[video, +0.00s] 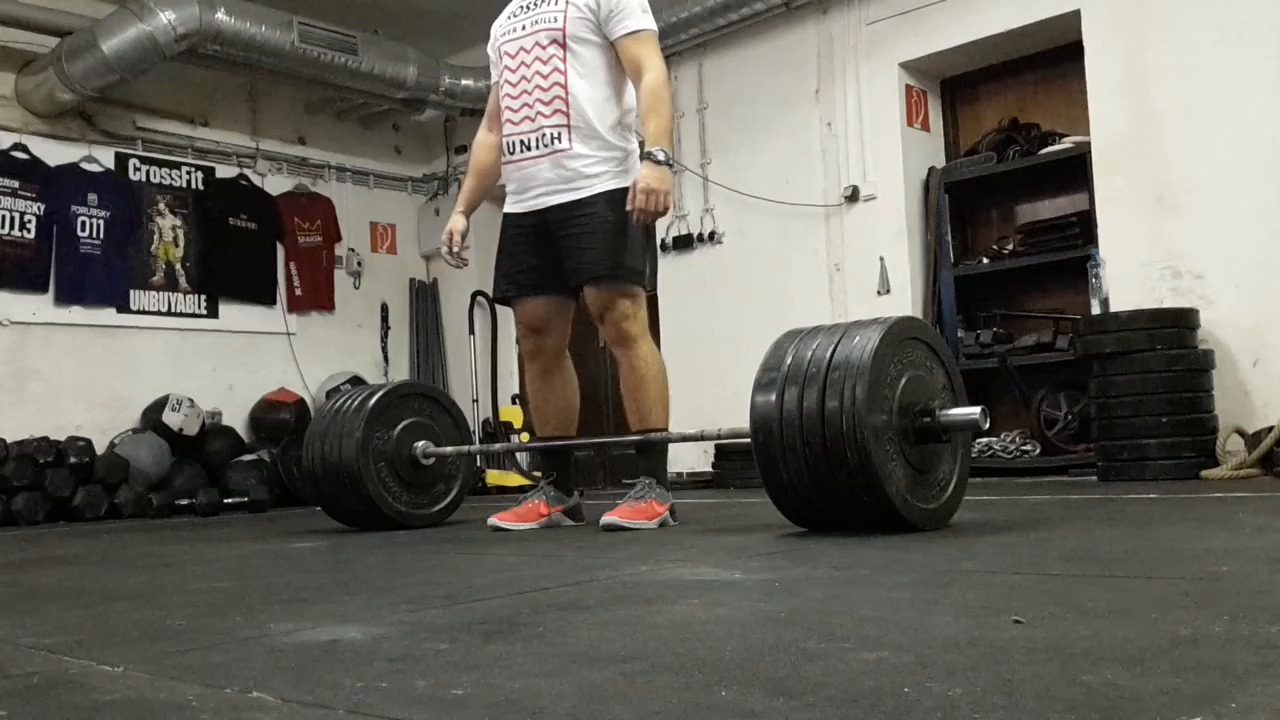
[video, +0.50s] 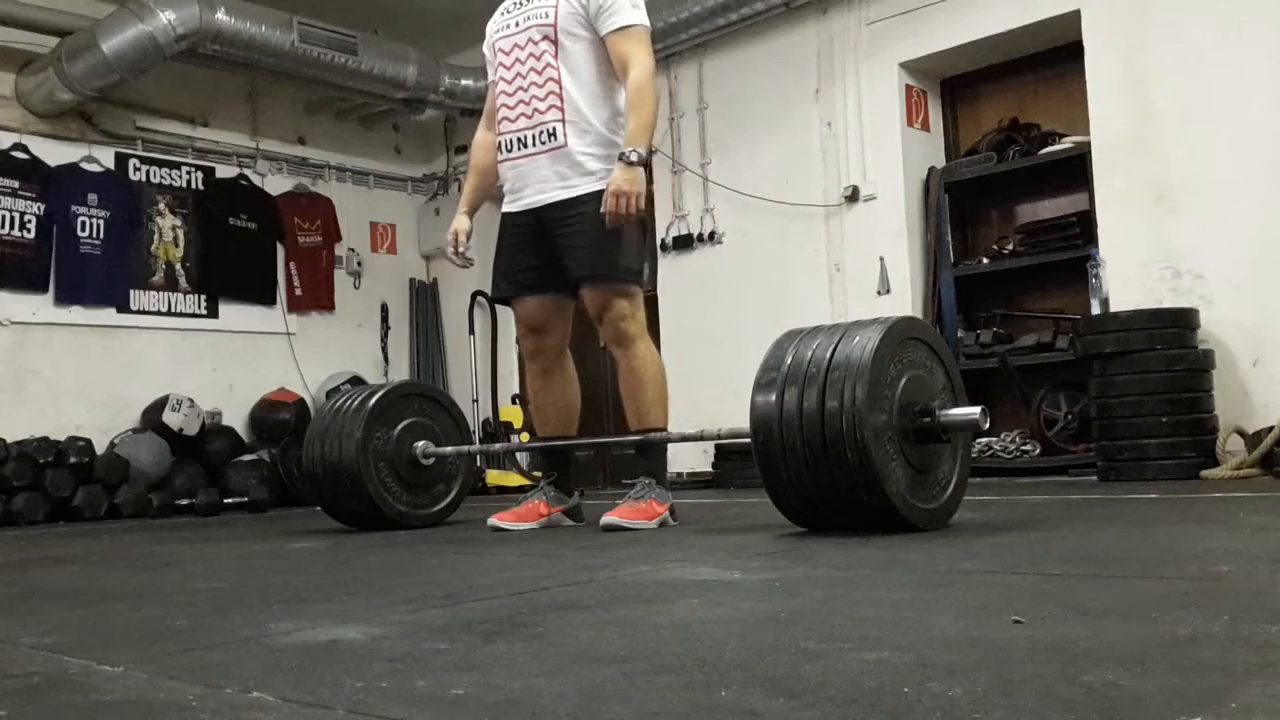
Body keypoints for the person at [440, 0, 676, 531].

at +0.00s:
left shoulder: (606, 1)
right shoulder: (503, 23)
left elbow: (649, 70)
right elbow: (493, 125)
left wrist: (656, 159)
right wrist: (463, 208)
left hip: (600, 184)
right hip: (526, 199)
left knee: (622, 324)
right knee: (538, 336)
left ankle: (652, 486)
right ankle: (557, 491)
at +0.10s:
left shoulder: (604, 0)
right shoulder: (504, 22)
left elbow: (646, 69)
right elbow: (491, 124)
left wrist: (649, 157)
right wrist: (460, 206)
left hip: (597, 184)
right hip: (524, 200)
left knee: (622, 327)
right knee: (537, 338)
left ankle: (652, 485)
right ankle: (557, 490)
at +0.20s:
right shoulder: (504, 21)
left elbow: (643, 69)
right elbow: (491, 124)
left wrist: (642, 158)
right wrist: (459, 204)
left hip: (596, 185)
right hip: (524, 200)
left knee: (621, 326)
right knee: (537, 338)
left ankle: (652, 486)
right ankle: (558, 490)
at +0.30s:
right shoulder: (502, 22)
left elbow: (640, 68)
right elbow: (492, 124)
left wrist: (637, 160)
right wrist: (460, 204)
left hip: (594, 185)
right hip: (523, 200)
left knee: (621, 326)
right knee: (537, 338)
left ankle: (652, 486)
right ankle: (558, 490)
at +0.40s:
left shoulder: (596, 0)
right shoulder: (499, 23)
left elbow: (639, 65)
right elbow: (492, 123)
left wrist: (633, 160)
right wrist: (463, 205)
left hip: (594, 185)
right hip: (524, 200)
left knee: (621, 325)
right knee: (538, 338)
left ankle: (652, 486)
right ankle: (557, 490)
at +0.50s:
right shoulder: (498, 22)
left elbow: (639, 66)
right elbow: (491, 124)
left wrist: (632, 159)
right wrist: (466, 207)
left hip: (595, 185)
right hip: (524, 201)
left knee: (621, 325)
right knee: (537, 337)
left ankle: (652, 487)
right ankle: (556, 491)